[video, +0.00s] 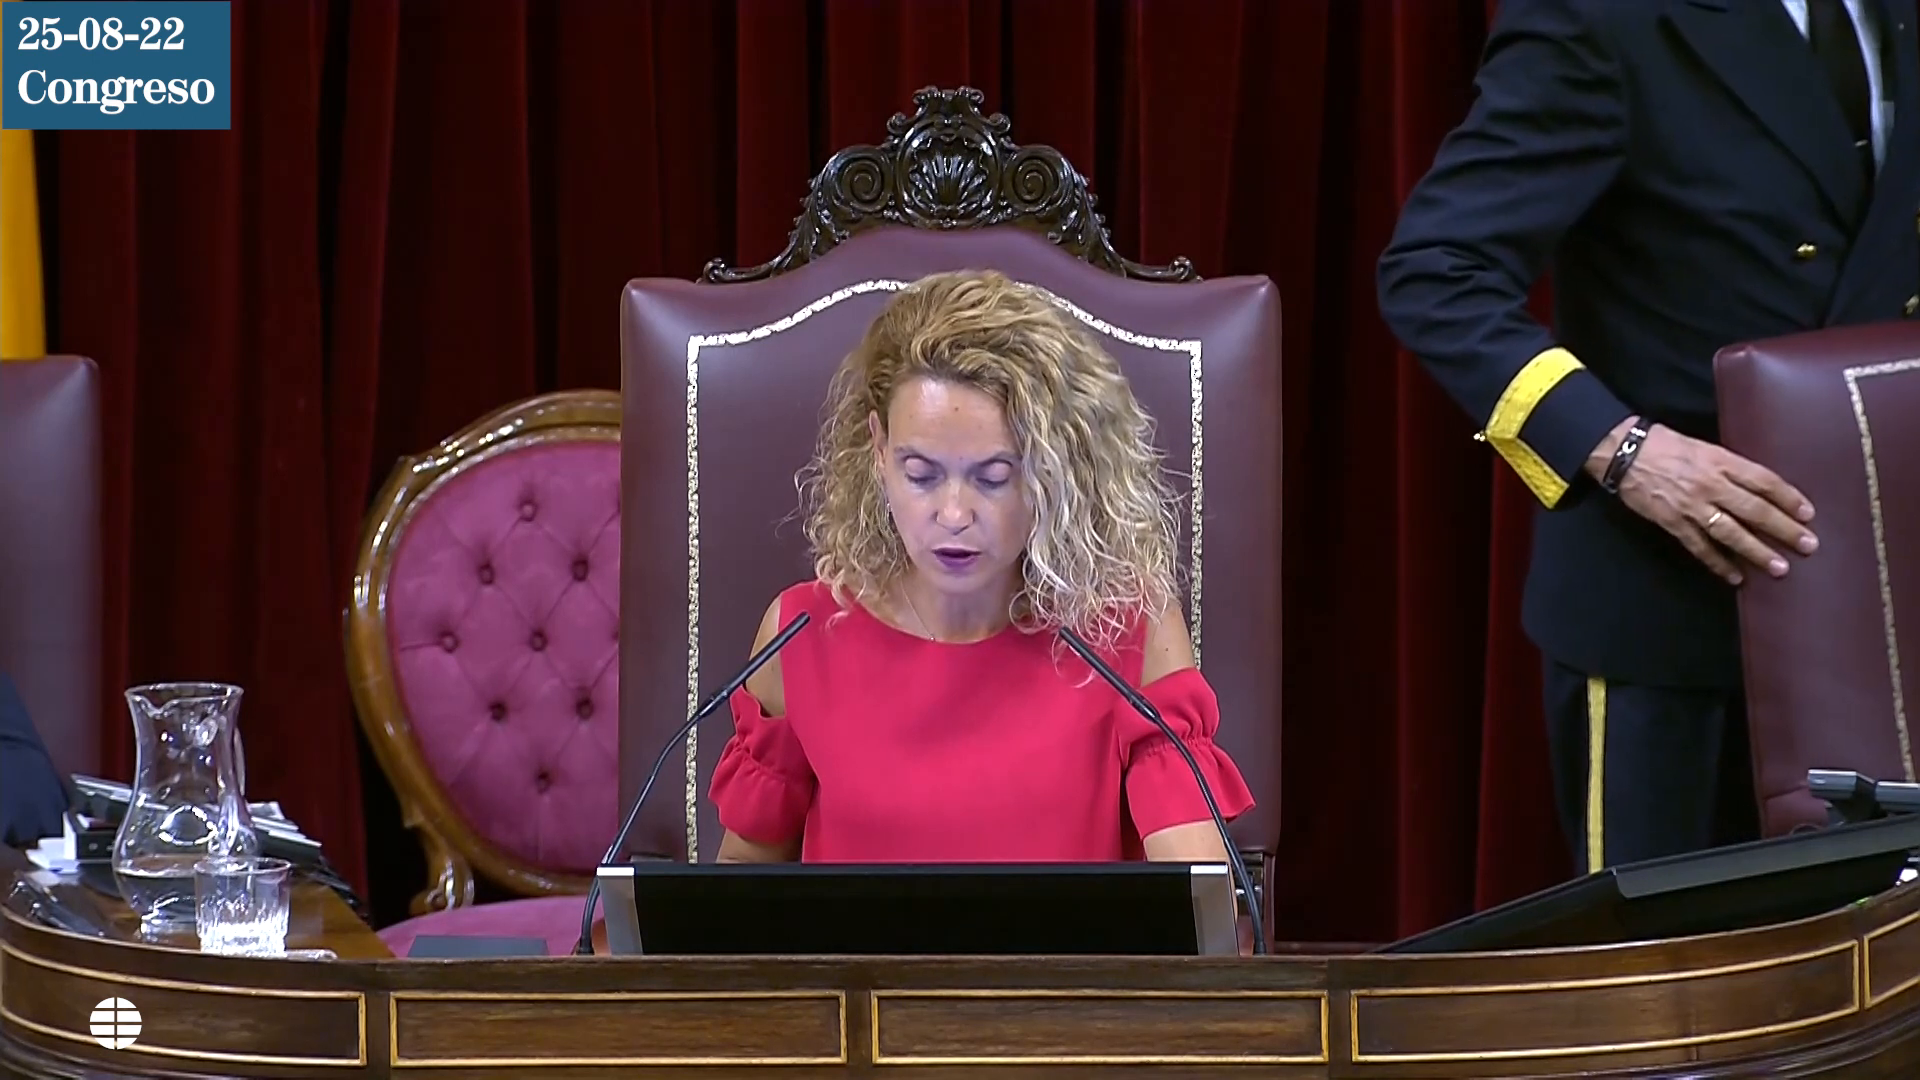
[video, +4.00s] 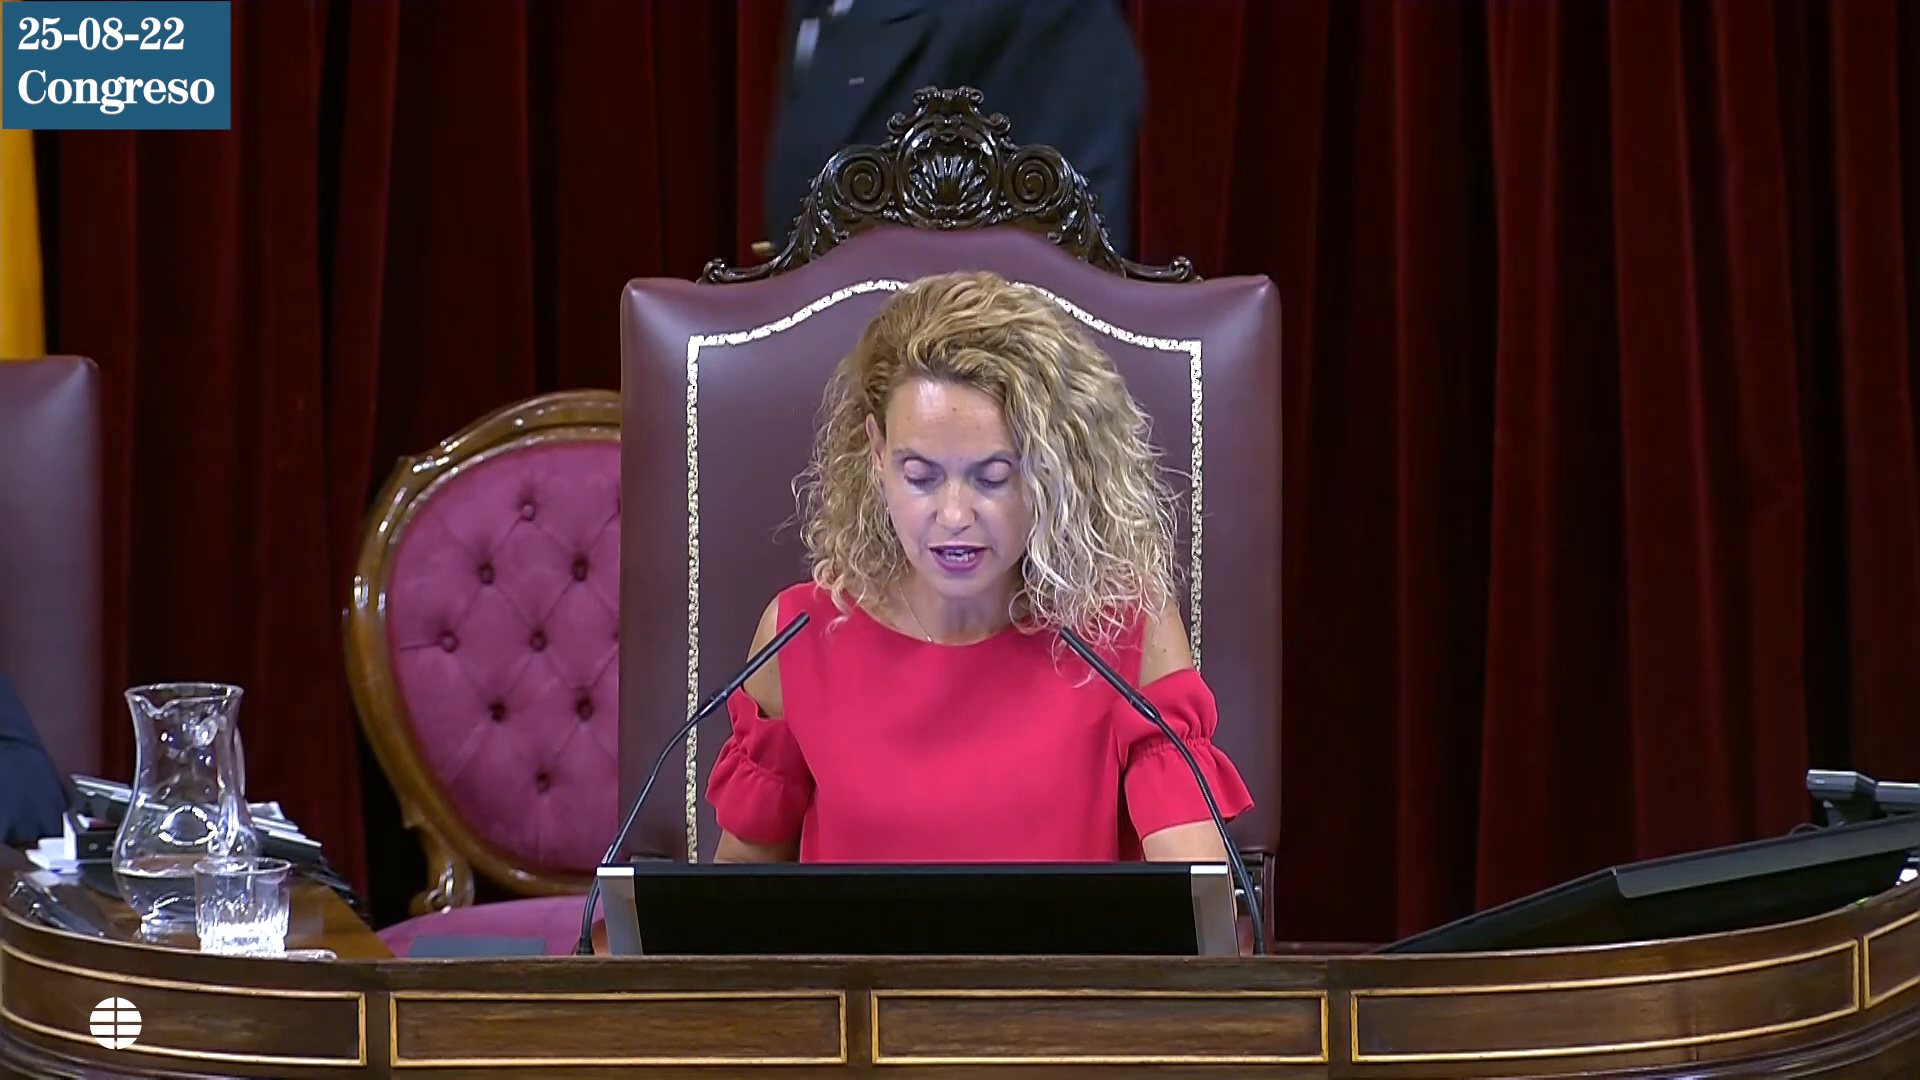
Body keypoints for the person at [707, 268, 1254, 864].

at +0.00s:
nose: (954, 513)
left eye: (993, 475)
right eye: (922, 472)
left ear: (1056, 473)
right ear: (878, 459)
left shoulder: (1127, 622)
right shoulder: (805, 630)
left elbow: (1201, 894)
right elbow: (746, 879)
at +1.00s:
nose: (947, 513)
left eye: (986, 475)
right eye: (916, 472)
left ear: (1053, 475)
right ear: (875, 460)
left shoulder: (1125, 622)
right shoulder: (805, 630)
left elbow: (1202, 896)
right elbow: (747, 883)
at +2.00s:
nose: (954, 512)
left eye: (991, 474)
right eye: (921, 472)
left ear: (1056, 468)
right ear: (877, 455)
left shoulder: (1126, 621)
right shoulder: (805, 631)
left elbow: (1202, 897)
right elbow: (748, 878)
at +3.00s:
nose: (963, 510)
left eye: (1001, 472)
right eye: (929, 471)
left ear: (1060, 470)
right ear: (882, 460)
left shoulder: (1130, 621)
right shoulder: (805, 626)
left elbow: (1202, 894)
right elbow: (735, 874)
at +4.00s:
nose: (954, 515)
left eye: (992, 475)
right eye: (921, 474)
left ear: (1055, 469)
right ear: (875, 454)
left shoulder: (1125, 625)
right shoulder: (803, 632)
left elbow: (1202, 901)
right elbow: (741, 885)